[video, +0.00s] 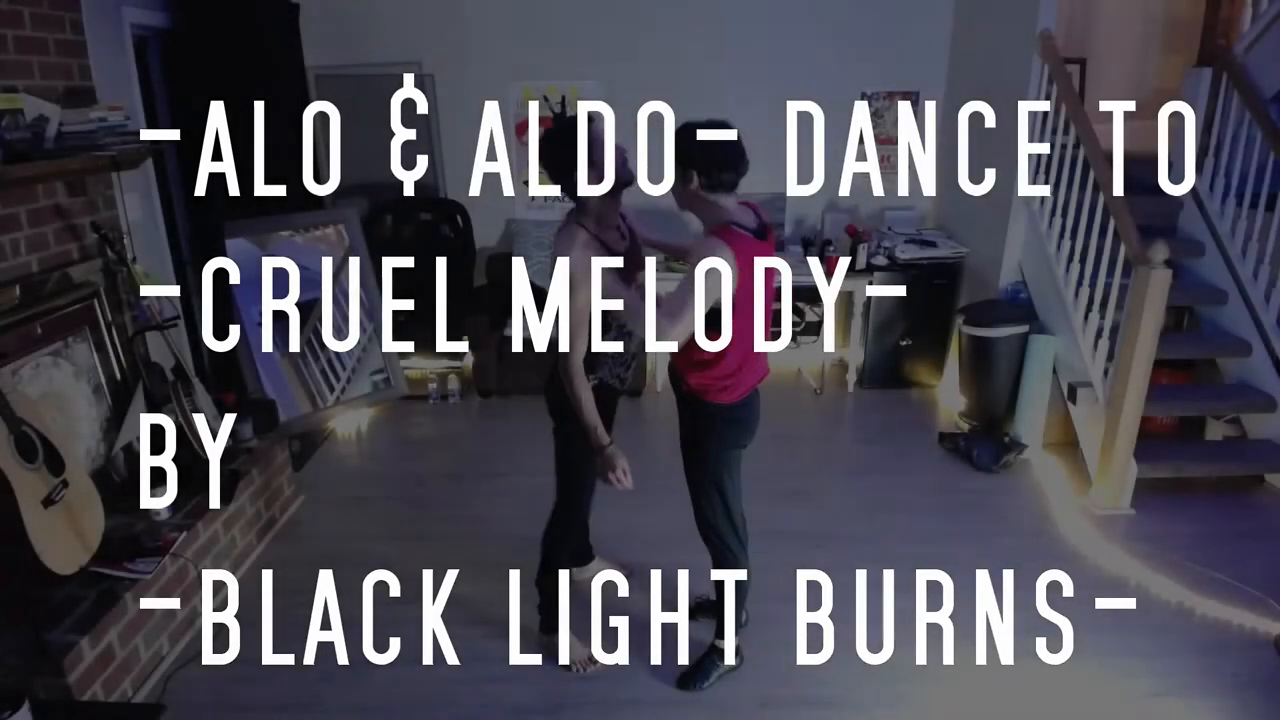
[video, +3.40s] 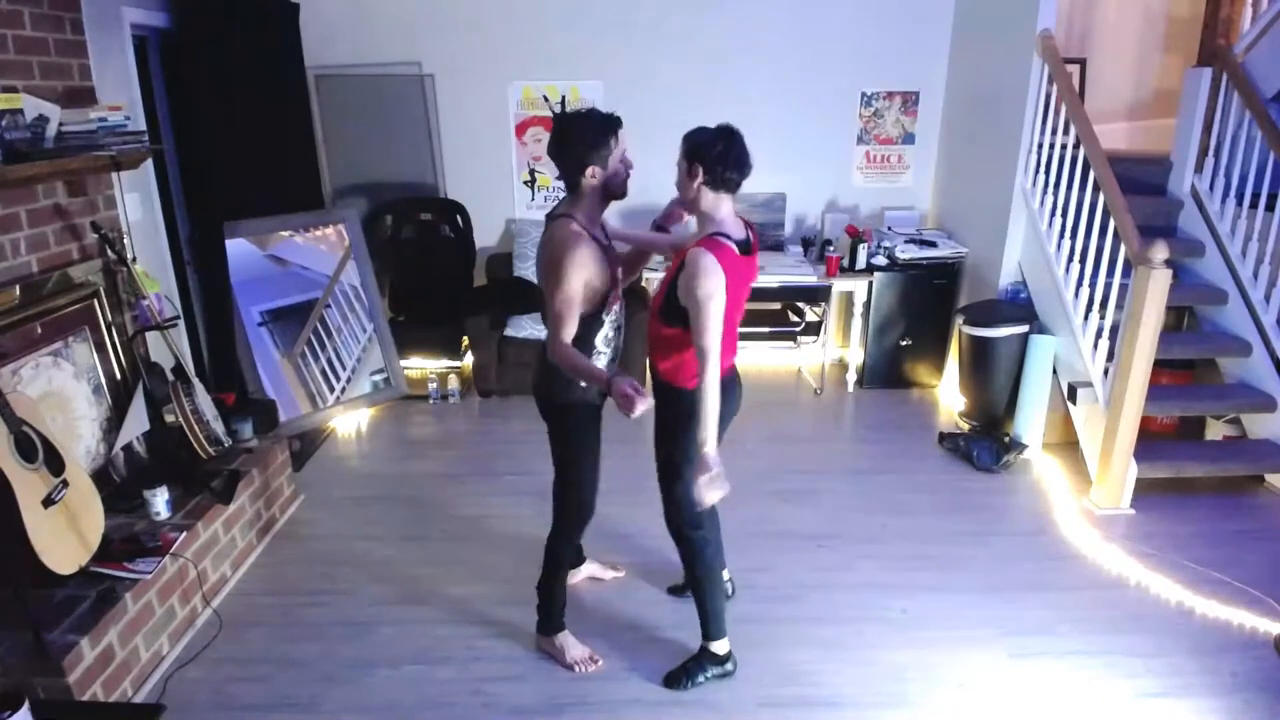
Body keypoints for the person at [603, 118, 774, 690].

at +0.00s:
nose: (671, 183)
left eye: (676, 173)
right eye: (673, 172)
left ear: (693, 180)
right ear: (732, 176)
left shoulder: (714, 251)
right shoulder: (750, 222)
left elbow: (664, 329)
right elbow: (690, 244)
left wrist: (626, 288)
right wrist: (633, 236)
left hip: (712, 410)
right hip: (734, 397)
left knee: (717, 521)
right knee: (723, 507)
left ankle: (728, 645)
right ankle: (734, 599)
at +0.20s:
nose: (660, 172)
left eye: (667, 161)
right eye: (666, 160)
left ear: (685, 171)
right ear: (719, 168)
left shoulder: (695, 243)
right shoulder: (732, 221)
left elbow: (699, 339)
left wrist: (629, 346)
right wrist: (642, 256)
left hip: (713, 407)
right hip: (733, 397)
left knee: (720, 522)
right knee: (726, 510)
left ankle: (727, 645)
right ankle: (735, 602)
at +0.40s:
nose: (656, 160)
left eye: (668, 152)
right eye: (661, 148)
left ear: (693, 166)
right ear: (710, 169)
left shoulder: (697, 246)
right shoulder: (719, 218)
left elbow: (726, 344)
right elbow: (685, 296)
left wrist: (686, 412)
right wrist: (638, 262)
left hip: (711, 409)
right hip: (720, 396)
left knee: (715, 523)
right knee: (720, 508)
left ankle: (728, 644)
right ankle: (730, 598)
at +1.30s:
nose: (701, 195)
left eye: (717, 184)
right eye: (693, 179)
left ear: (740, 186)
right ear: (679, 176)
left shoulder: (744, 234)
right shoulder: (683, 249)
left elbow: (786, 313)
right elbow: (664, 316)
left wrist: (749, 363)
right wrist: (611, 298)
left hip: (731, 421)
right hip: (685, 414)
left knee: (694, 553)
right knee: (680, 514)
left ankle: (725, 648)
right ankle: (686, 584)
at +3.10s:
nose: (666, 165)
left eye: (672, 158)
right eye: (670, 157)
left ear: (694, 170)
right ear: (709, 172)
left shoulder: (704, 255)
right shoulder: (707, 221)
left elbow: (722, 349)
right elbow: (658, 240)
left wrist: (735, 428)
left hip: (699, 395)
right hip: (688, 385)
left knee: (702, 514)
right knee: (683, 484)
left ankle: (718, 646)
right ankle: (711, 573)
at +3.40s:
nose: (677, 176)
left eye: (680, 168)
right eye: (680, 167)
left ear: (695, 175)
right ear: (731, 176)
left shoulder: (705, 264)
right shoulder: (736, 231)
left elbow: (711, 359)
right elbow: (681, 245)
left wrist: (706, 442)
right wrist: (616, 233)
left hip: (691, 398)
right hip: (711, 385)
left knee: (687, 513)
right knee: (689, 488)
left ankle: (718, 649)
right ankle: (714, 572)